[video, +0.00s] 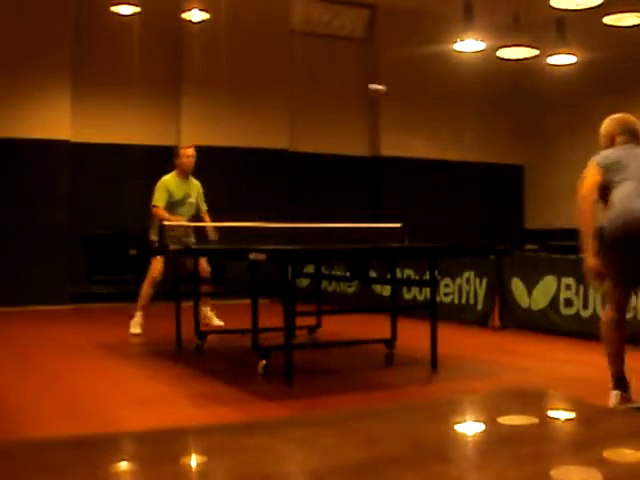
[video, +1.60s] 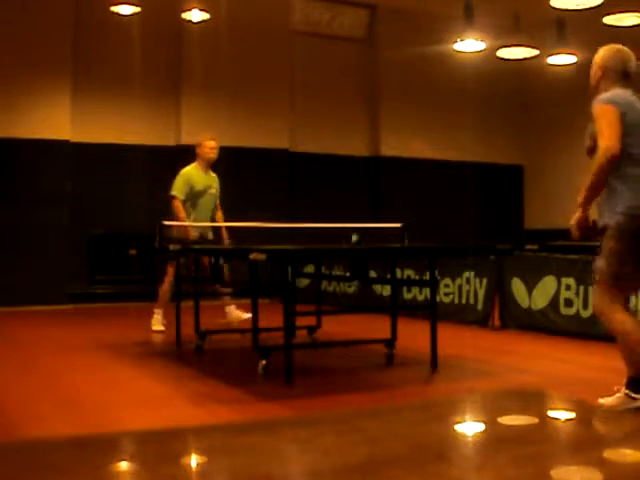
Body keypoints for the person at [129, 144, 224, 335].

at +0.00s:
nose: (190, 161)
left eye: (192, 157)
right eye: (186, 157)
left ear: (195, 160)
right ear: (177, 160)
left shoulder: (196, 185)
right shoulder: (165, 182)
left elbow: (203, 212)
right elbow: (157, 209)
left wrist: (211, 230)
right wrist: (174, 219)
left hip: (187, 236)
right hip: (165, 236)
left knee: (204, 270)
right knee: (156, 273)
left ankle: (205, 310)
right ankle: (138, 315)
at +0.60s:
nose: (174, 163)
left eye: (177, 160)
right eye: (171, 159)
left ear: (178, 161)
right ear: (161, 159)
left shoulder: (177, 183)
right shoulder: (148, 180)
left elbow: (180, 216)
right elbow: (146, 207)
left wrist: (186, 242)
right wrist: (163, 220)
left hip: (170, 234)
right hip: (148, 233)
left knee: (186, 272)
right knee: (147, 275)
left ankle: (196, 314)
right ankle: (133, 318)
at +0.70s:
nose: (173, 161)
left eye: (175, 157)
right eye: (169, 157)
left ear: (177, 160)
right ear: (159, 157)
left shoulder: (177, 183)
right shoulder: (147, 180)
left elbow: (181, 214)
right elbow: (143, 196)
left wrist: (186, 241)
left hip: (172, 235)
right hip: (149, 234)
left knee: (187, 273)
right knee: (147, 276)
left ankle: (196, 314)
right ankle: (134, 318)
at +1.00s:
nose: (186, 158)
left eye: (189, 154)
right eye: (183, 154)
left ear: (192, 158)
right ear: (174, 156)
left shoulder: (196, 183)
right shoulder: (162, 178)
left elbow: (205, 212)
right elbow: (144, 196)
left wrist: (214, 239)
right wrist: (140, 196)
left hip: (186, 239)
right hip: (163, 239)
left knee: (200, 272)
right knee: (154, 275)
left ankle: (199, 314)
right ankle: (136, 316)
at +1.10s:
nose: (189, 152)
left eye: (192, 149)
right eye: (186, 149)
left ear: (196, 153)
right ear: (178, 153)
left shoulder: (200, 179)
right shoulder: (166, 175)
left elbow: (211, 207)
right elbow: (150, 199)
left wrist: (221, 233)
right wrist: (145, 219)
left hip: (190, 236)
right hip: (167, 235)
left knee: (199, 274)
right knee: (158, 273)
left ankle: (200, 315)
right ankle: (142, 313)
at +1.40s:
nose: (195, 149)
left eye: (197, 146)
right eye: (191, 146)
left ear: (200, 151)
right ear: (181, 149)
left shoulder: (202, 176)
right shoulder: (170, 174)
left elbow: (211, 204)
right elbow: (159, 202)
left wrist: (220, 226)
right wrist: (167, 225)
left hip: (197, 235)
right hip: (175, 234)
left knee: (204, 270)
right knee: (167, 275)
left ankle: (204, 312)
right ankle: (158, 314)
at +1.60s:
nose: (213, 152)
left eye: (215, 149)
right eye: (209, 148)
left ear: (217, 153)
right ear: (199, 150)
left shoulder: (213, 178)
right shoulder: (187, 173)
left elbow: (216, 209)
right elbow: (176, 200)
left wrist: (224, 234)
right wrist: (186, 227)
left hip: (206, 231)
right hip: (185, 231)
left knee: (219, 268)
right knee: (172, 273)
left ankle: (230, 308)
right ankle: (158, 313)